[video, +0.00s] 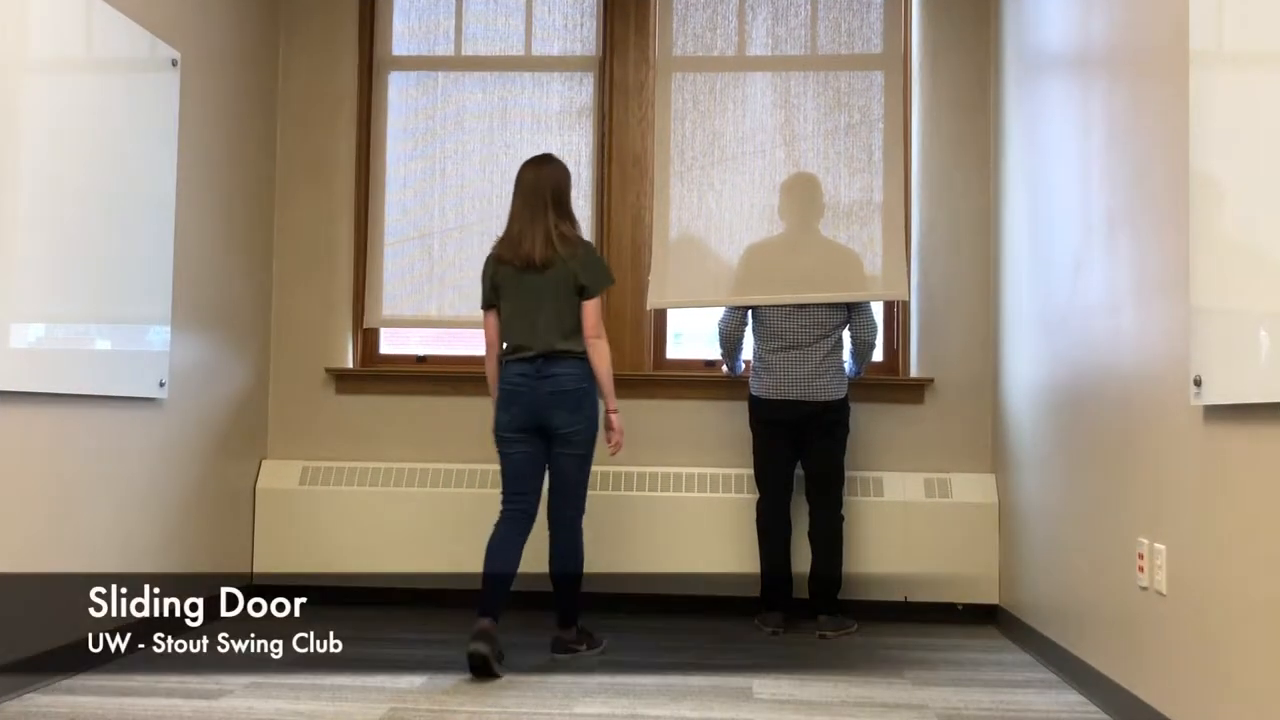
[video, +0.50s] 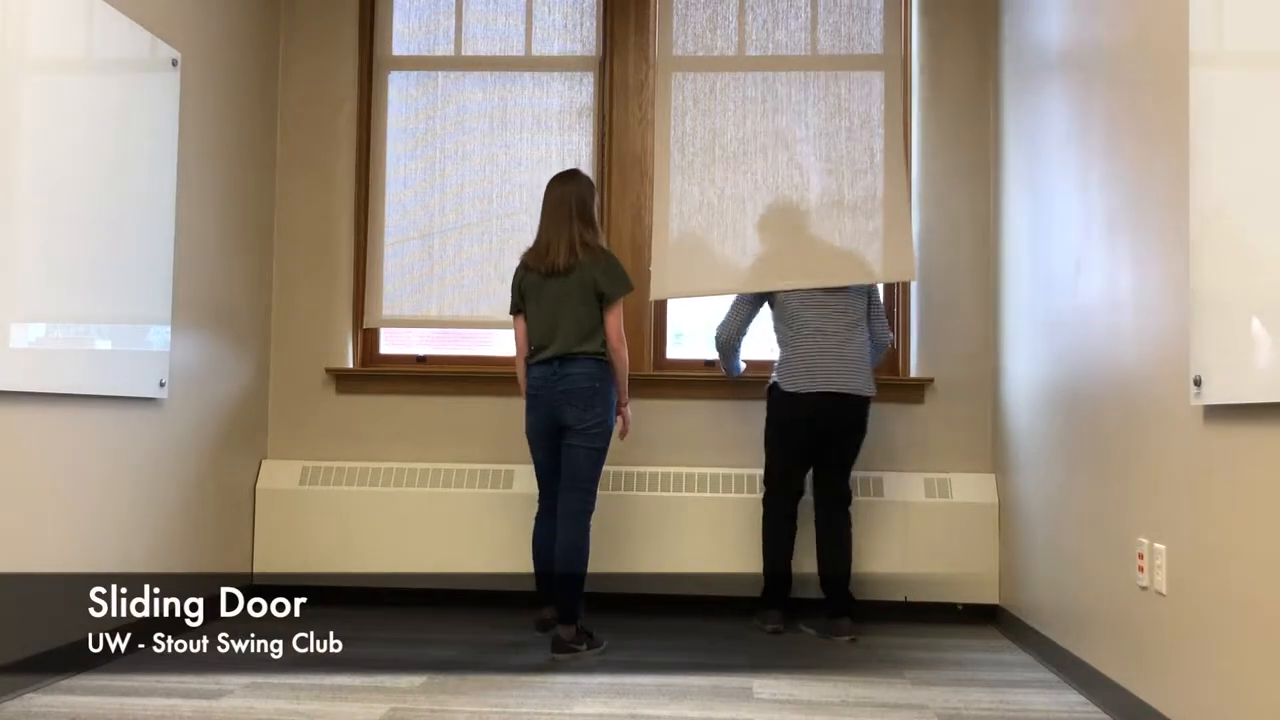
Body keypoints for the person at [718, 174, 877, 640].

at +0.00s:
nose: (798, 211)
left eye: (792, 202)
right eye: (806, 202)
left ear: (782, 207)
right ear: (820, 207)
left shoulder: (758, 256)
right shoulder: (843, 259)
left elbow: (731, 324)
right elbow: (866, 328)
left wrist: (733, 362)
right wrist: (854, 369)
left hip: (771, 398)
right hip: (826, 398)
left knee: (773, 504)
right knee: (826, 506)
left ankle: (774, 611)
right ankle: (825, 612)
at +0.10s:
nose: (798, 212)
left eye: (793, 203)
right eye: (806, 202)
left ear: (782, 207)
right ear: (819, 207)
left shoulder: (757, 256)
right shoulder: (843, 259)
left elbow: (730, 324)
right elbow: (865, 329)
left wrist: (732, 363)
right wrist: (855, 368)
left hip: (770, 397)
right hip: (826, 398)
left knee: (772, 503)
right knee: (826, 505)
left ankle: (774, 610)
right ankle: (826, 611)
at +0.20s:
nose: (795, 210)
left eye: (789, 202)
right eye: (804, 201)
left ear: (780, 206)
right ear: (818, 207)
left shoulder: (758, 254)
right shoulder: (842, 258)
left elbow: (729, 322)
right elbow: (865, 328)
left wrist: (731, 362)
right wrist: (856, 368)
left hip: (771, 395)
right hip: (827, 396)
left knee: (773, 501)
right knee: (826, 505)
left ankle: (774, 610)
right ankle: (825, 611)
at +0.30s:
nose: (788, 211)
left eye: (785, 203)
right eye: (799, 201)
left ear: (779, 207)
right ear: (817, 207)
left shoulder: (761, 253)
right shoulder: (844, 256)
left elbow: (729, 323)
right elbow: (869, 328)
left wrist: (732, 363)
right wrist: (856, 369)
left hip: (775, 394)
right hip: (830, 394)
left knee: (776, 499)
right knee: (829, 500)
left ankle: (775, 610)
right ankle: (832, 610)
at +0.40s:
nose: (775, 223)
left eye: (776, 215)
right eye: (783, 212)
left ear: (778, 218)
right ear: (814, 214)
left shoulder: (765, 259)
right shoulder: (850, 259)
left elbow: (728, 329)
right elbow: (874, 335)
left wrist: (734, 369)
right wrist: (854, 374)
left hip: (782, 398)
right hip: (838, 399)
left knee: (779, 498)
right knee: (828, 494)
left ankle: (776, 609)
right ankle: (842, 609)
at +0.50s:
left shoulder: (774, 266)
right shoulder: (859, 269)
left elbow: (727, 334)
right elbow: (883, 338)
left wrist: (733, 368)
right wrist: (852, 367)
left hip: (794, 395)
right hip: (850, 398)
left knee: (780, 499)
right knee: (834, 501)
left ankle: (774, 608)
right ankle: (839, 614)